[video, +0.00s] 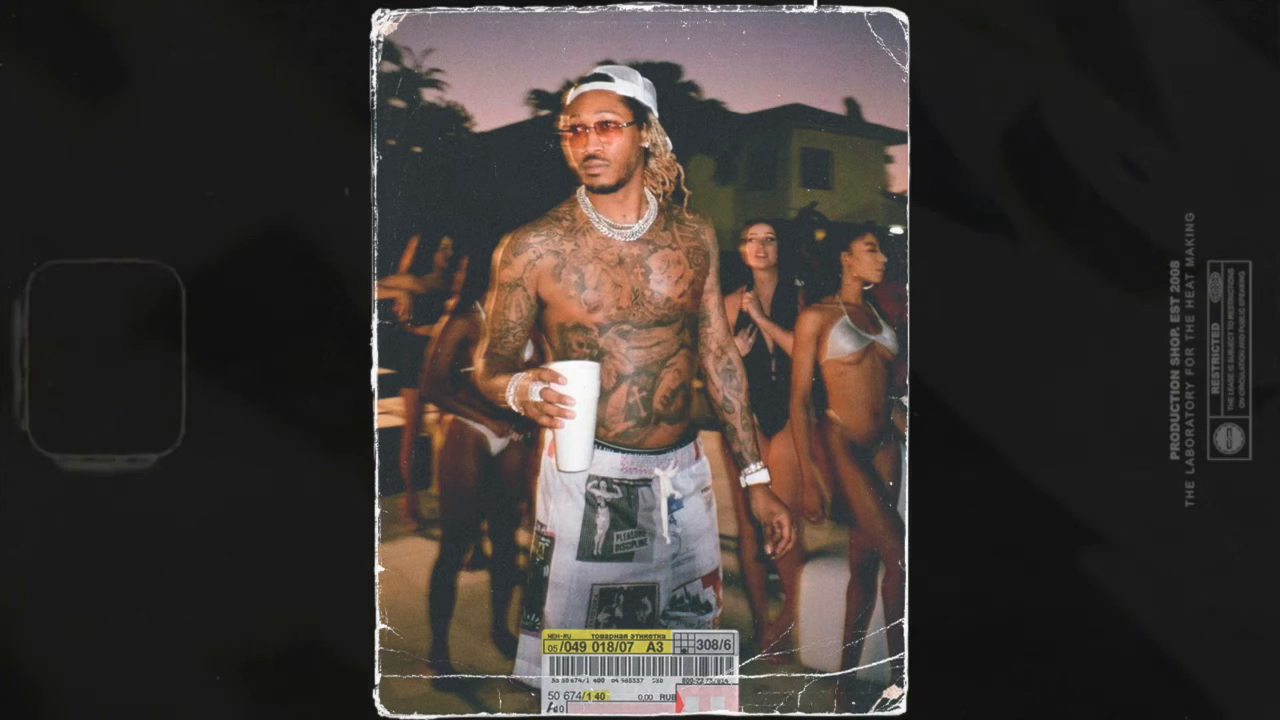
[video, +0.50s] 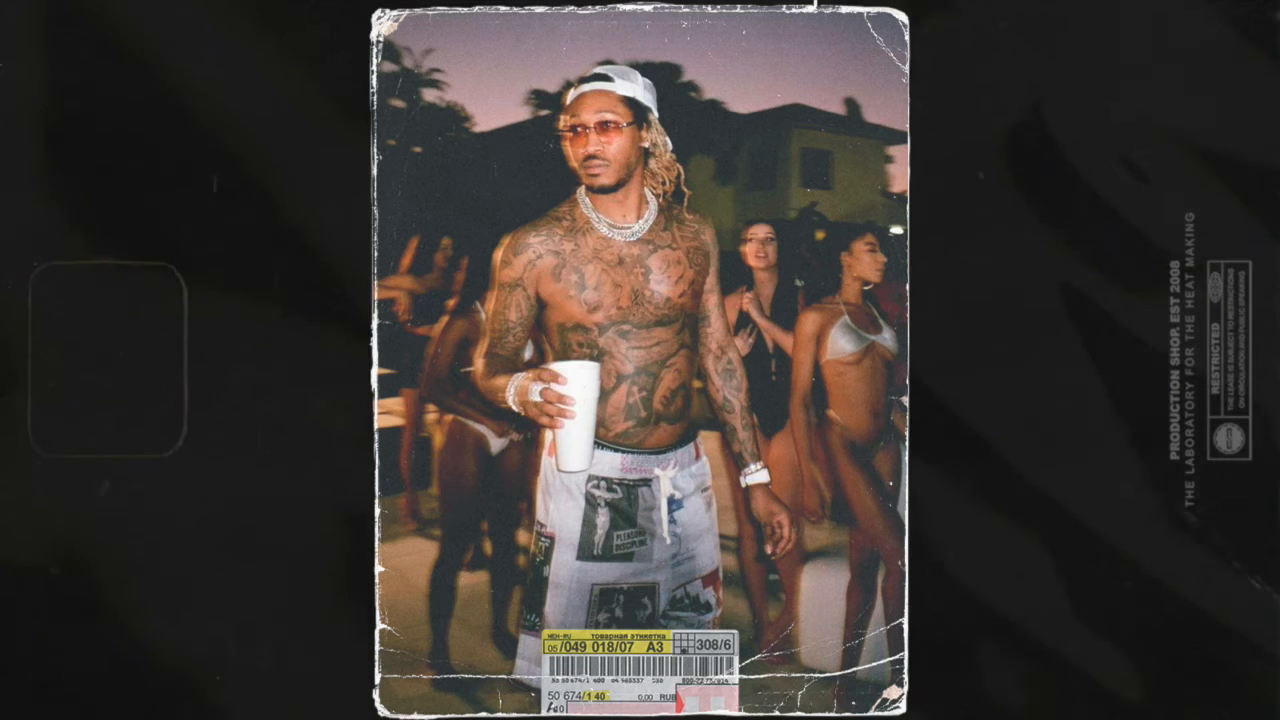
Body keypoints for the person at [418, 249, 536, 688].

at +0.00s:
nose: (515, 286)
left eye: (522, 279)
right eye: (509, 276)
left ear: (531, 288)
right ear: (494, 276)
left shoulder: (531, 330)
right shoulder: (465, 322)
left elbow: (543, 384)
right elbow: (434, 387)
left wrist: (529, 420)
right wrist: (489, 421)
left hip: (515, 445)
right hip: (465, 440)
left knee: (506, 541)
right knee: (455, 545)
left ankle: (501, 629)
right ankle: (439, 651)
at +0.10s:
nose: (515, 287)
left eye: (522, 279)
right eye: (509, 276)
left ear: (531, 288)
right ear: (494, 276)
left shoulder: (531, 330)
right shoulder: (465, 322)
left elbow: (544, 384)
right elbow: (434, 387)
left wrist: (529, 420)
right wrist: (489, 421)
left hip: (515, 444)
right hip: (465, 440)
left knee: (506, 541)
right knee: (455, 545)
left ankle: (501, 629)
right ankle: (439, 651)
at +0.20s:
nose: (513, 289)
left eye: (520, 281)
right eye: (506, 278)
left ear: (530, 288)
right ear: (492, 277)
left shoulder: (530, 331)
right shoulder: (464, 322)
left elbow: (543, 384)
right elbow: (433, 387)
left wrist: (530, 419)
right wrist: (490, 421)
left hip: (514, 444)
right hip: (465, 440)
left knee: (506, 541)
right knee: (455, 545)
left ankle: (501, 628)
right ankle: (439, 651)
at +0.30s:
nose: (514, 286)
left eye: (522, 278)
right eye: (508, 275)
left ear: (532, 287)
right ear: (494, 275)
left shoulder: (531, 331)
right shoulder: (465, 321)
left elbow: (543, 384)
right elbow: (433, 387)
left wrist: (529, 420)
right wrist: (489, 421)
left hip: (515, 444)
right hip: (465, 439)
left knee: (506, 541)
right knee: (455, 545)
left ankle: (501, 628)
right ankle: (439, 651)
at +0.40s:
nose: (514, 286)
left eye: (522, 278)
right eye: (508, 276)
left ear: (532, 287)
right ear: (494, 276)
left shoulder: (531, 331)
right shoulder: (465, 321)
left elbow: (543, 384)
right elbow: (433, 387)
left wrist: (529, 420)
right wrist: (489, 421)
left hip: (515, 444)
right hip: (465, 440)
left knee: (506, 541)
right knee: (455, 545)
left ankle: (501, 628)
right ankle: (439, 651)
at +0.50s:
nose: (515, 286)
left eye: (522, 278)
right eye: (508, 275)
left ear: (532, 287)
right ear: (494, 275)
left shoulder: (531, 331)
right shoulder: (465, 321)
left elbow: (543, 385)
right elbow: (433, 387)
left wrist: (529, 420)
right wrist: (489, 421)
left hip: (515, 444)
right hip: (465, 440)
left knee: (506, 541)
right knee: (455, 545)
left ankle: (501, 629)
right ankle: (439, 651)